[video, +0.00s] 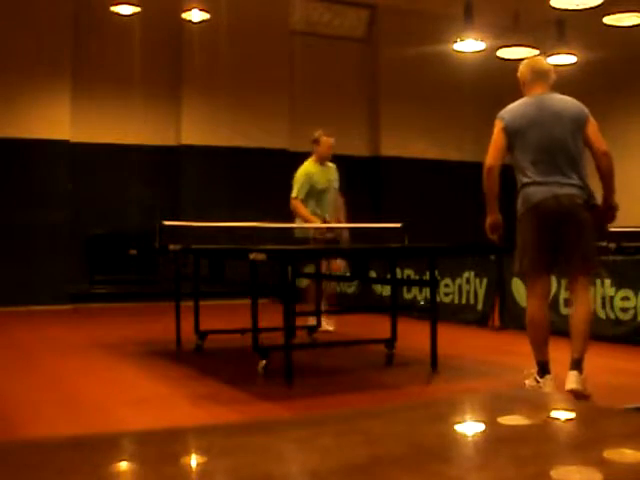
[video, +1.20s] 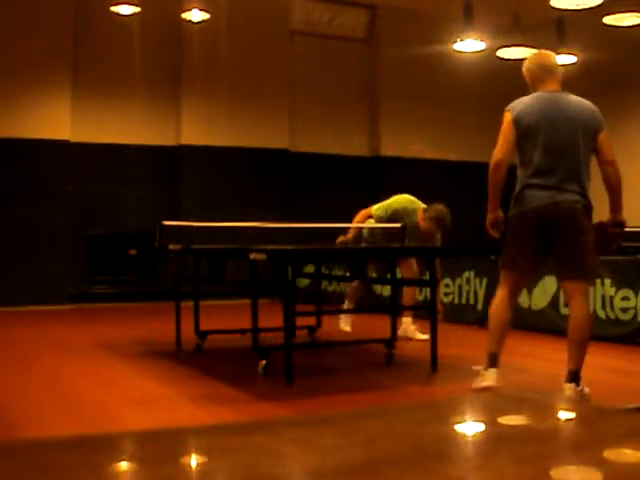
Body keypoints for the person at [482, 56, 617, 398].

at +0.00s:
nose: (519, 85)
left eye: (519, 80)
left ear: (523, 82)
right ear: (551, 79)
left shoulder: (508, 115)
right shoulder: (576, 109)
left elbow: (491, 165)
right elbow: (602, 153)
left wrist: (492, 211)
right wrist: (610, 199)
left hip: (533, 206)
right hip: (575, 205)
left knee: (537, 289)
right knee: (581, 285)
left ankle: (542, 373)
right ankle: (576, 372)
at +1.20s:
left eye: (526, 78)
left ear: (528, 79)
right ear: (559, 76)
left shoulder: (518, 109)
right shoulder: (588, 111)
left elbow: (499, 160)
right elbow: (609, 165)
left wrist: (493, 207)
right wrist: (617, 213)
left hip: (529, 215)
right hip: (573, 215)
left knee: (507, 288)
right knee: (578, 295)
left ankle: (490, 368)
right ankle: (573, 381)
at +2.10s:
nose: (481, 74)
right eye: (483, 68)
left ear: (455, 78)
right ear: (485, 72)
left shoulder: (441, 112)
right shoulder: (513, 106)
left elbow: (428, 167)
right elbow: (534, 156)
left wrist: (425, 210)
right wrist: (547, 209)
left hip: (456, 210)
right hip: (499, 211)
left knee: (463, 291)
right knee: (499, 294)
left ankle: (470, 371)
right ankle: (472, 368)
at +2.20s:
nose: (481, 73)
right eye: (483, 67)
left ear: (453, 76)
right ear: (485, 71)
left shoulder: (441, 111)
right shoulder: (511, 106)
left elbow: (425, 165)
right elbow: (533, 158)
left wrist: (422, 213)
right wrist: (548, 211)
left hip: (453, 210)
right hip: (495, 210)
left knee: (461, 291)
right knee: (492, 293)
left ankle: (470, 372)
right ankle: (468, 375)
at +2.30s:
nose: (482, 71)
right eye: (484, 65)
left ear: (453, 73)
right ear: (484, 70)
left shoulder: (439, 109)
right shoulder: (510, 105)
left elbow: (423, 165)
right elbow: (532, 158)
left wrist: (420, 214)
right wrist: (548, 211)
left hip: (450, 208)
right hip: (493, 208)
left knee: (459, 291)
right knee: (487, 293)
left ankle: (470, 372)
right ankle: (467, 378)